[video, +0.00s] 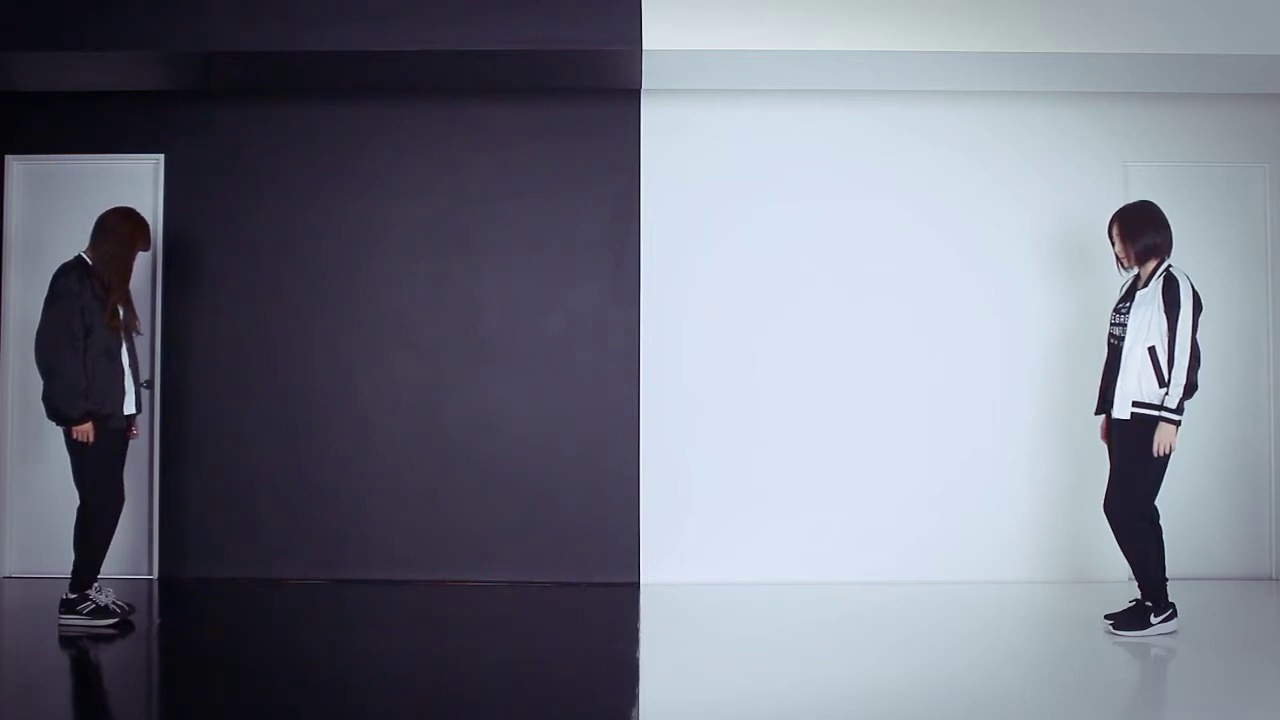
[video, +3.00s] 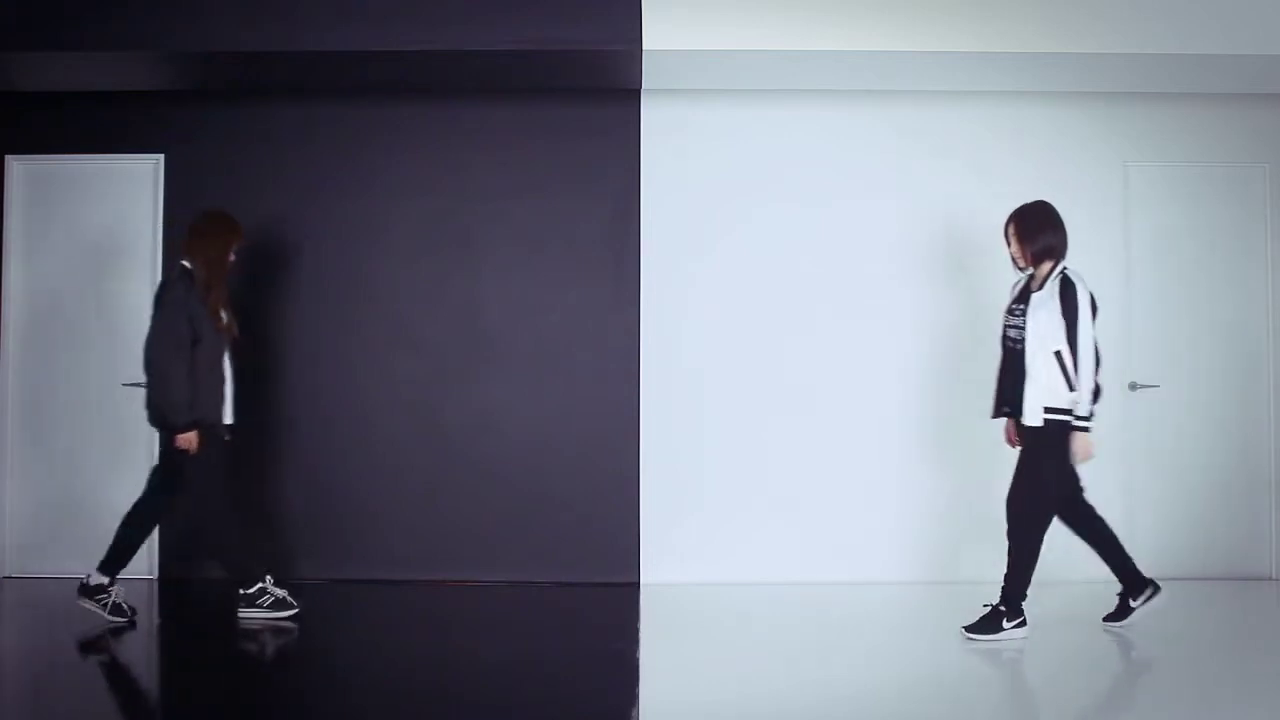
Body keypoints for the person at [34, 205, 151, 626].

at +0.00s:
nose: (134, 260)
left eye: (137, 252)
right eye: (133, 250)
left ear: (110, 241)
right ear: (116, 244)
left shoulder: (110, 283)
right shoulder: (73, 279)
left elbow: (119, 353)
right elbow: (56, 350)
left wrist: (130, 410)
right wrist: (76, 412)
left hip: (112, 415)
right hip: (88, 417)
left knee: (109, 500)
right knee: (100, 502)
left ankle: (86, 590)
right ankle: (78, 596)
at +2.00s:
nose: (138, 257)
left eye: (141, 249)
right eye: (137, 247)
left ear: (113, 238)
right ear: (121, 241)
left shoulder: (116, 283)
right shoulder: (78, 279)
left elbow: (122, 355)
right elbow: (60, 349)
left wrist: (132, 412)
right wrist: (79, 411)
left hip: (115, 415)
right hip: (89, 417)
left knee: (109, 499)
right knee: (100, 500)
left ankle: (86, 589)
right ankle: (78, 596)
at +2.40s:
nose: (156, 256)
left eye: (157, 247)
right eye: (153, 247)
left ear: (129, 240)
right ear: (136, 242)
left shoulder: (132, 285)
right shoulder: (96, 279)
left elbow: (135, 358)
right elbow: (80, 350)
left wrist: (145, 414)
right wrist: (98, 413)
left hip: (128, 414)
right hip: (111, 415)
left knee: (104, 503)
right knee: (156, 489)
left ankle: (87, 592)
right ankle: (107, 576)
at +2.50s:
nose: (162, 255)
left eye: (164, 247)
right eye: (160, 246)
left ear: (136, 240)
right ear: (142, 242)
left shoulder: (132, 282)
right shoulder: (103, 278)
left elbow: (135, 347)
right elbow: (85, 348)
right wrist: (104, 412)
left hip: (136, 415)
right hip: (122, 417)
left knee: (105, 508)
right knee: (173, 481)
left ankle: (86, 593)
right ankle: (151, 573)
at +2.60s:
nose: (173, 255)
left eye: (175, 246)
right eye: (169, 245)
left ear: (152, 244)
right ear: (149, 242)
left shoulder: (155, 285)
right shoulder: (113, 280)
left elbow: (164, 355)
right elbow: (94, 350)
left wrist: (176, 411)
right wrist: (112, 414)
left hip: (148, 418)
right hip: (133, 419)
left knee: (107, 511)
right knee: (182, 487)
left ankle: (86, 593)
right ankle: (195, 576)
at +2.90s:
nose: (214, 263)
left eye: (215, 254)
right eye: (210, 254)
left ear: (188, 250)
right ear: (190, 250)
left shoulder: (185, 294)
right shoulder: (158, 290)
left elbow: (185, 364)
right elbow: (143, 361)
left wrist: (193, 424)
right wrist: (156, 425)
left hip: (180, 427)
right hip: (171, 429)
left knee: (130, 512)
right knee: (205, 511)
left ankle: (89, 590)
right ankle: (244, 587)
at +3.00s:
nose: (233, 260)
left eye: (234, 251)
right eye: (229, 251)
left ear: (204, 248)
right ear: (210, 249)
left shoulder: (209, 290)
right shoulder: (179, 290)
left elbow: (213, 359)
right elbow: (166, 359)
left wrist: (225, 418)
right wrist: (180, 422)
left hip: (213, 421)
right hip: (192, 423)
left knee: (154, 503)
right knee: (226, 506)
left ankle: (100, 582)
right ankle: (251, 590)